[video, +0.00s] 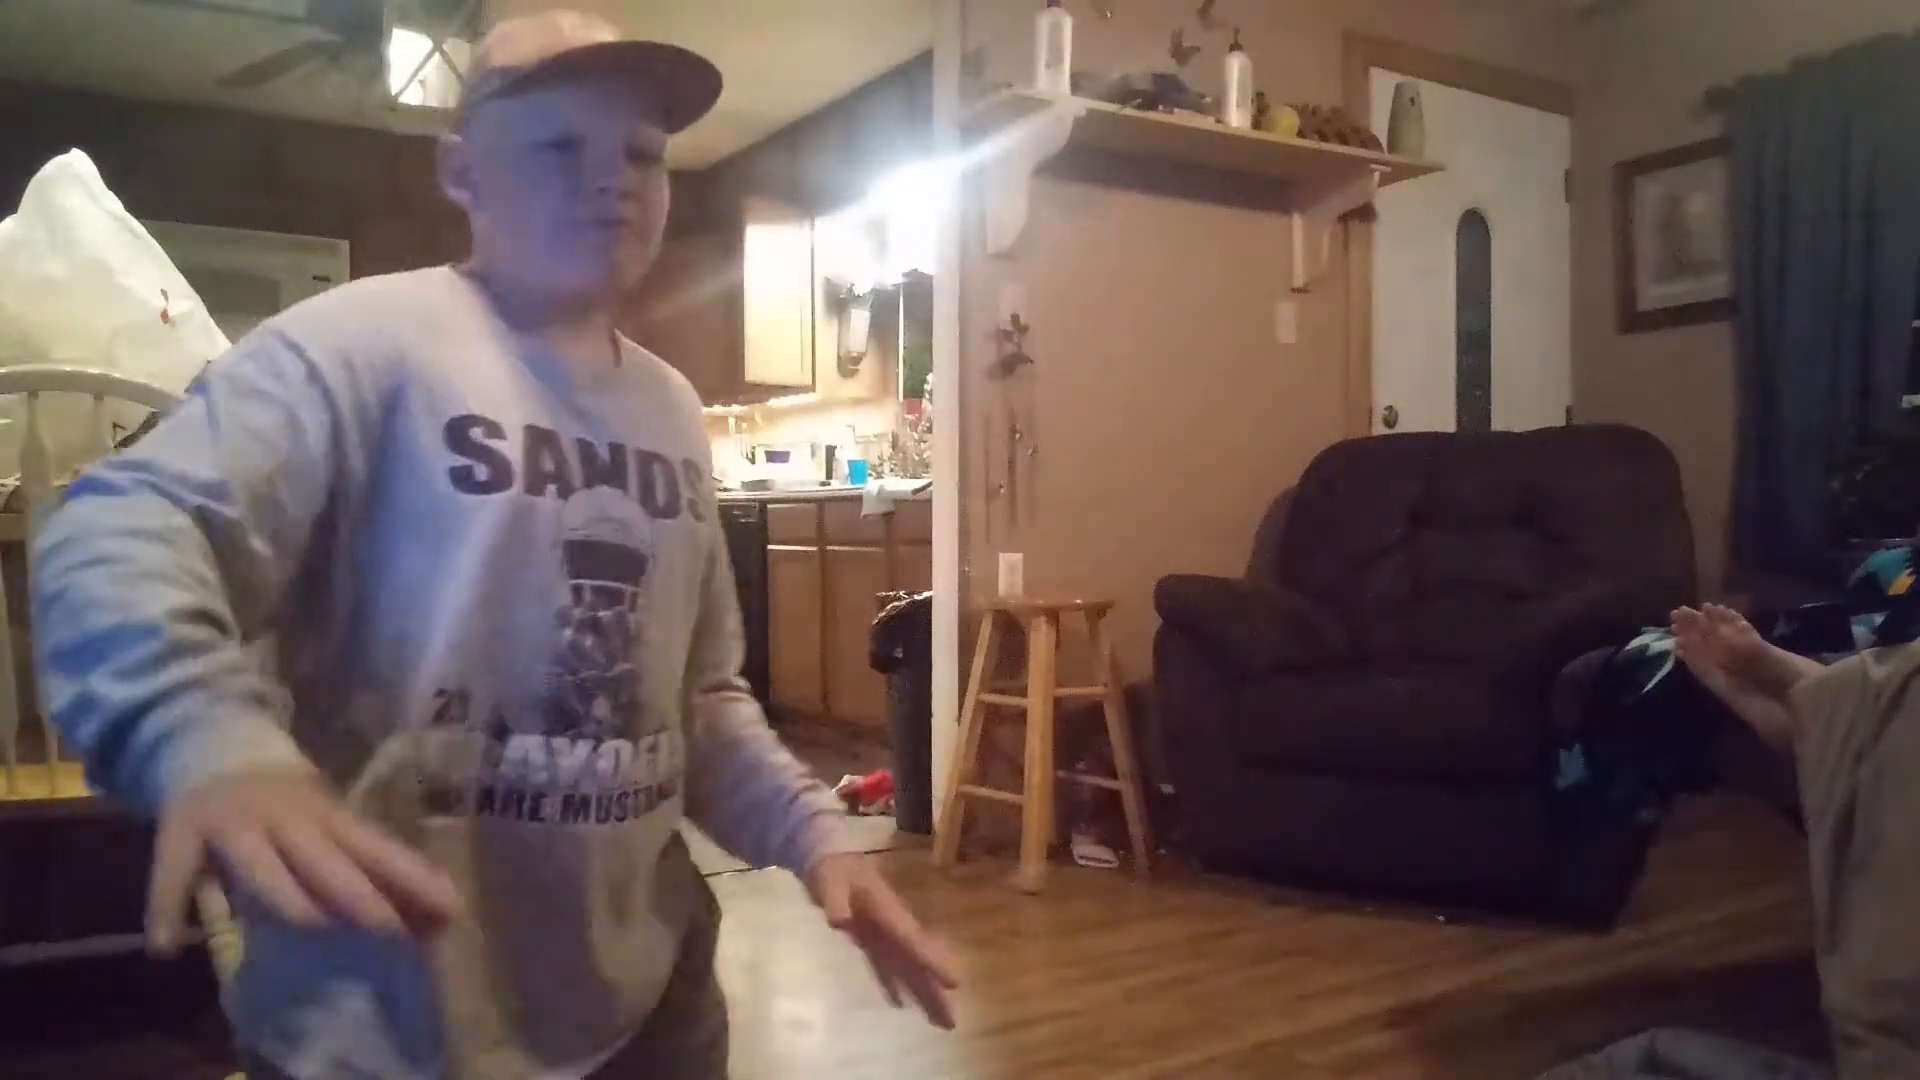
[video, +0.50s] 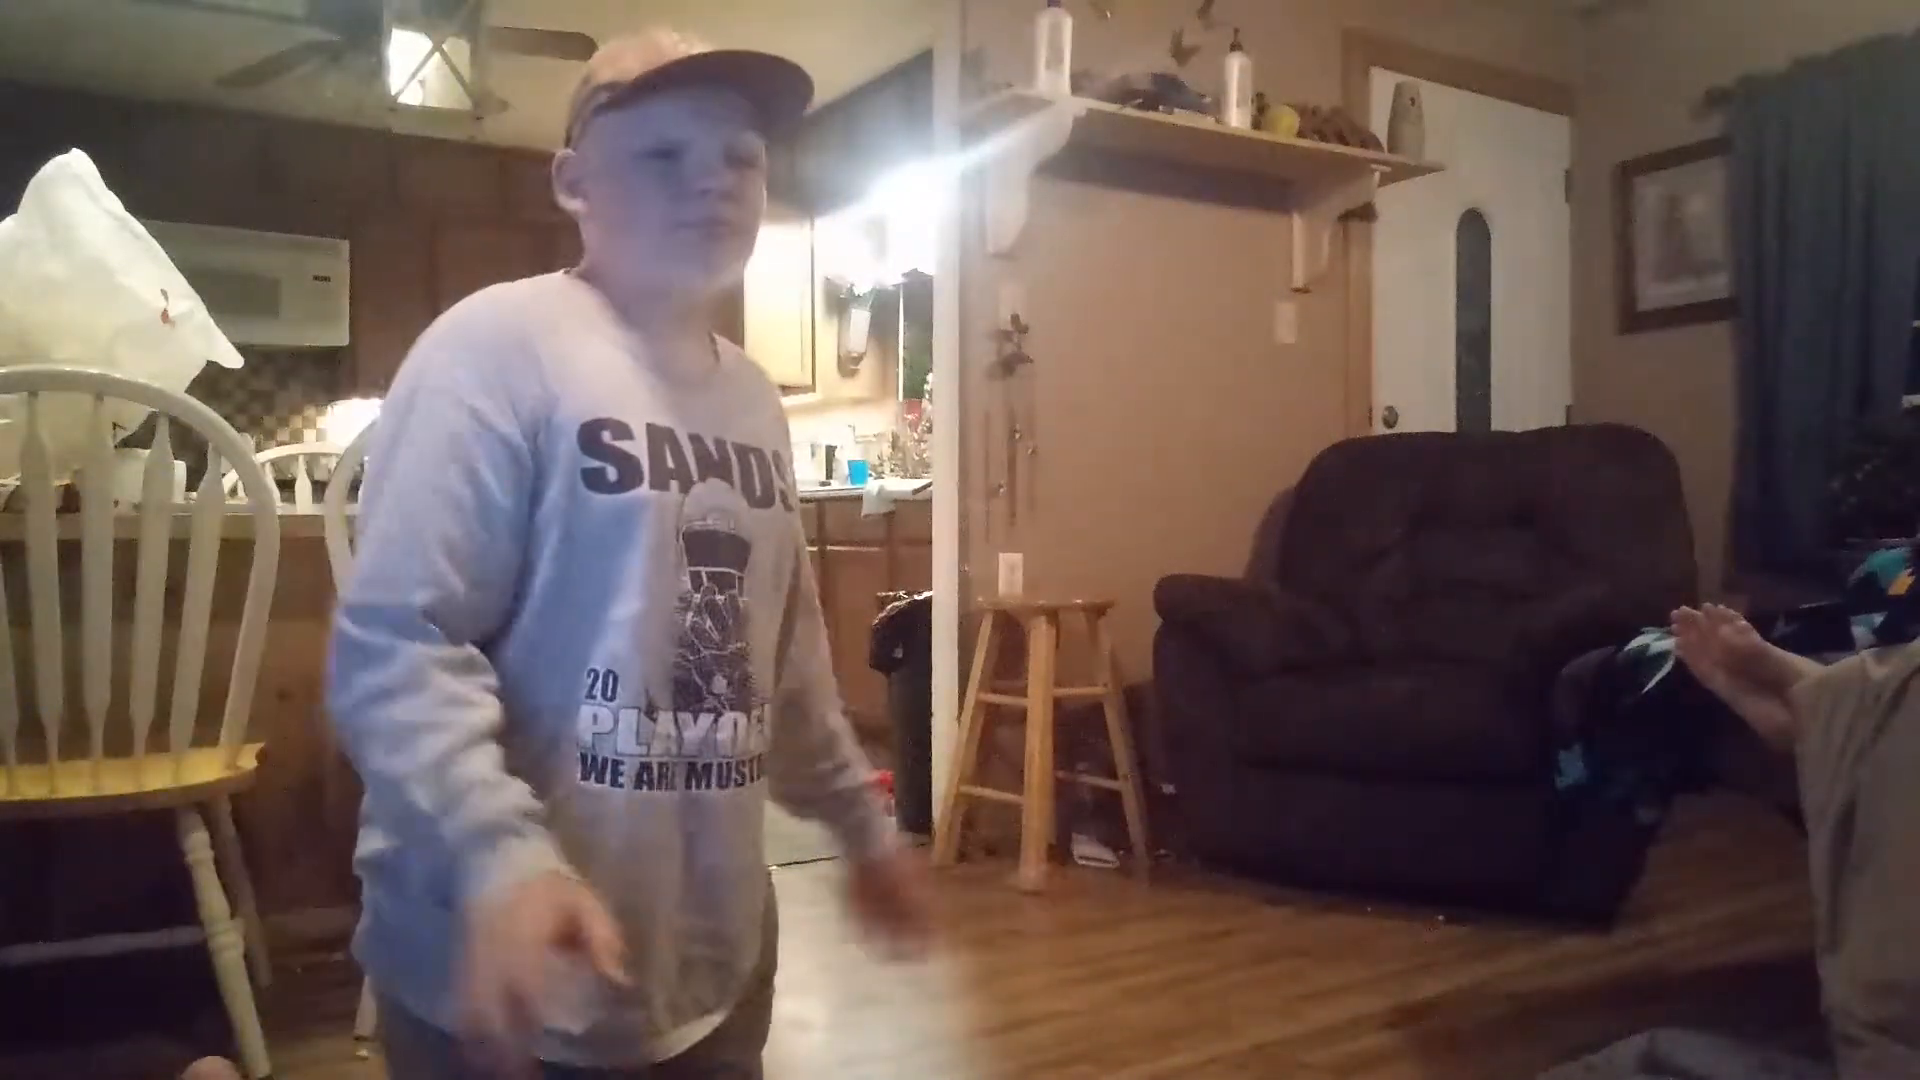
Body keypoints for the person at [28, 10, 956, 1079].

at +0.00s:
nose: (615, 177)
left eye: (642, 151)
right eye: (563, 143)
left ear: (666, 187)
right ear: (462, 174)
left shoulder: (670, 411)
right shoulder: (366, 343)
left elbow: (703, 696)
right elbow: (122, 527)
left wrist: (821, 838)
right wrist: (214, 745)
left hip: (643, 998)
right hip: (396, 1013)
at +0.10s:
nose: (636, 186)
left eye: (665, 161)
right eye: (584, 156)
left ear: (691, 196)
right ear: (493, 186)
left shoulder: (694, 413)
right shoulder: (408, 345)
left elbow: (736, 686)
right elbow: (165, 520)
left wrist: (857, 805)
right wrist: (217, 709)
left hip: (653, 984)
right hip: (418, 995)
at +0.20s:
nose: (671, 189)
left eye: (694, 164)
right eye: (620, 159)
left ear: (722, 199)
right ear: (529, 192)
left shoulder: (717, 413)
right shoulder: (456, 346)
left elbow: (762, 679)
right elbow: (230, 536)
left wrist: (911, 789)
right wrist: (256, 729)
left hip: (673, 990)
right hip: (452, 1000)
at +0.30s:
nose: (695, 192)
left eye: (723, 168)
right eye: (644, 163)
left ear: (752, 205)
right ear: (555, 195)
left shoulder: (735, 413)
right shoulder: (495, 337)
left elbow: (779, 681)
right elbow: (296, 561)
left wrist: (942, 790)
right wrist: (327, 777)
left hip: (692, 986)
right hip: (475, 994)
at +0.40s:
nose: (707, 187)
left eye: (735, 162)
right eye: (660, 157)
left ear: (763, 194)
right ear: (570, 184)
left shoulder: (746, 407)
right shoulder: (499, 339)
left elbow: (786, 675)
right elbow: (356, 604)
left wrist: (926, 810)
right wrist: (416, 814)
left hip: (707, 972)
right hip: (505, 976)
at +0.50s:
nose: (713, 184)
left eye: (739, 157)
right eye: (663, 154)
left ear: (767, 190)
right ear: (573, 185)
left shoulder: (754, 397)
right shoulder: (496, 346)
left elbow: (783, 650)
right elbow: (394, 651)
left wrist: (865, 826)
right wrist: (501, 869)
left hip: (716, 961)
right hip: (505, 971)